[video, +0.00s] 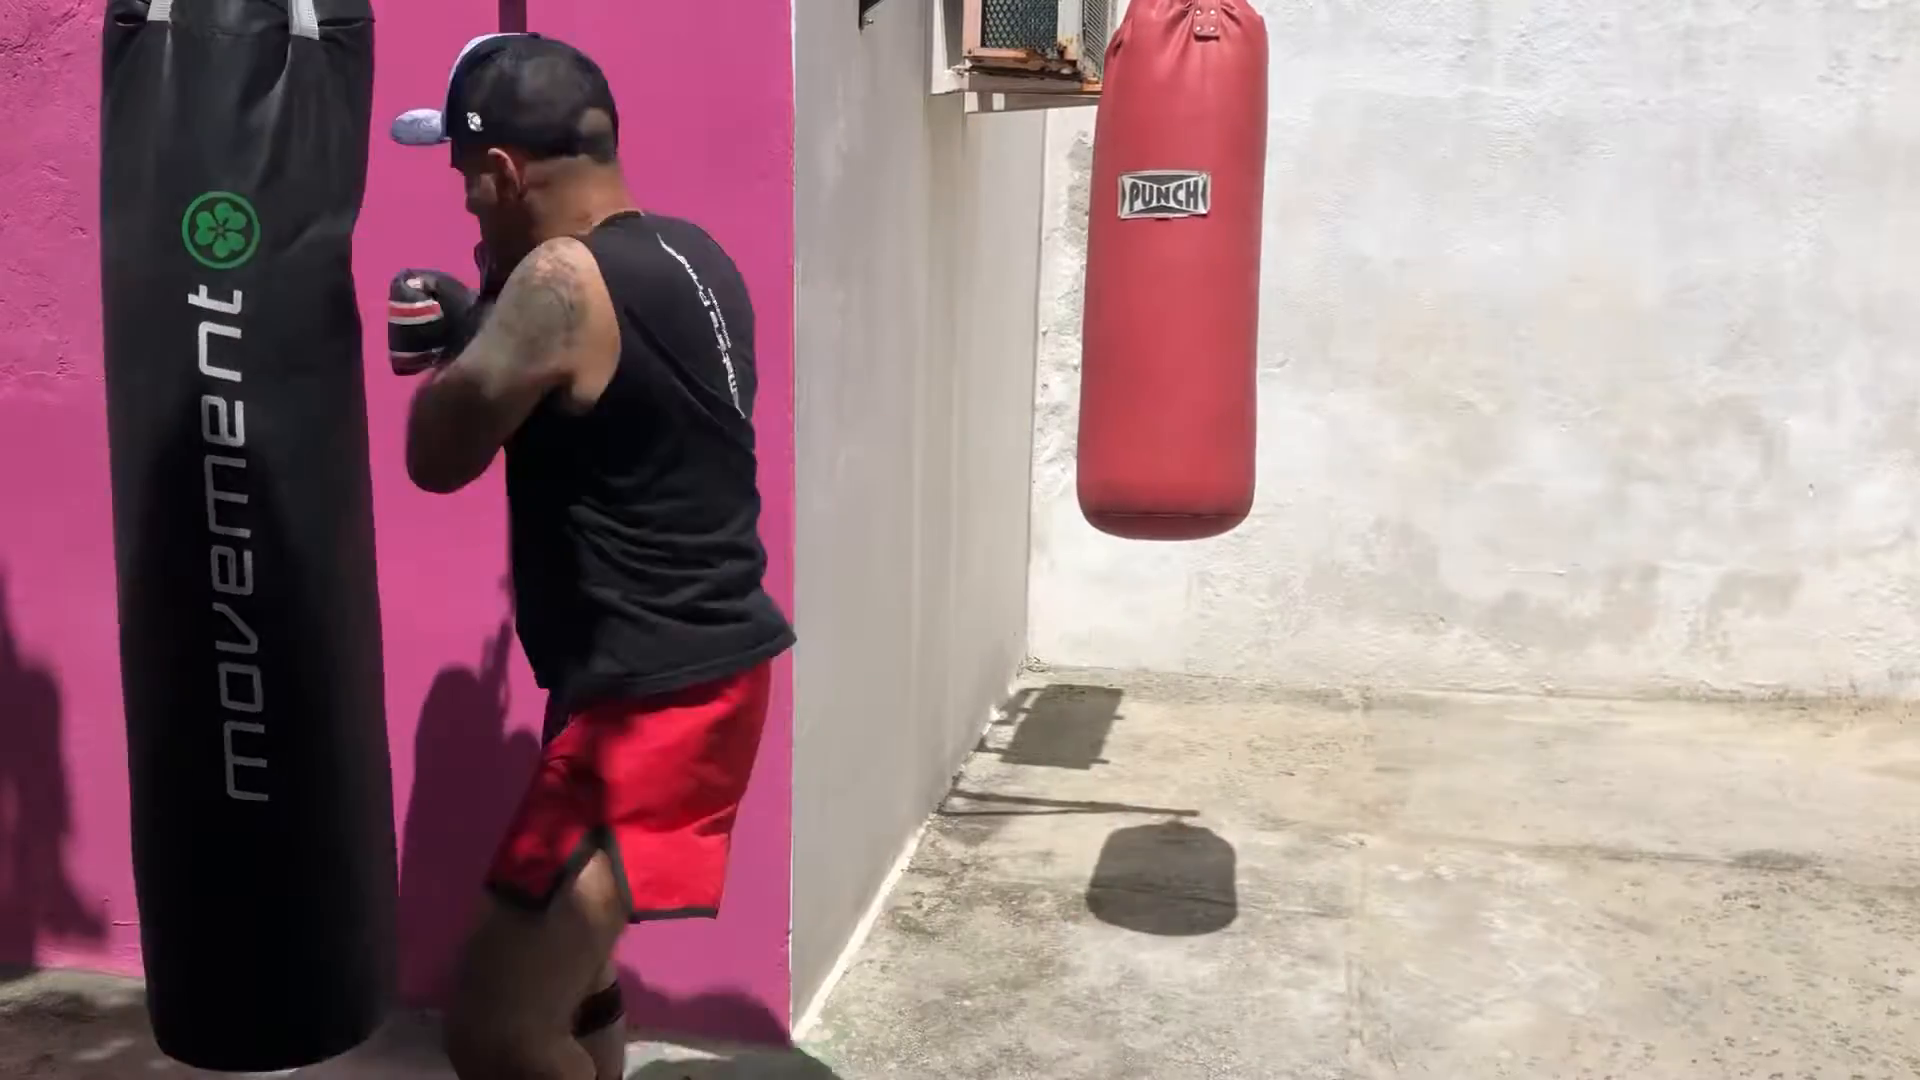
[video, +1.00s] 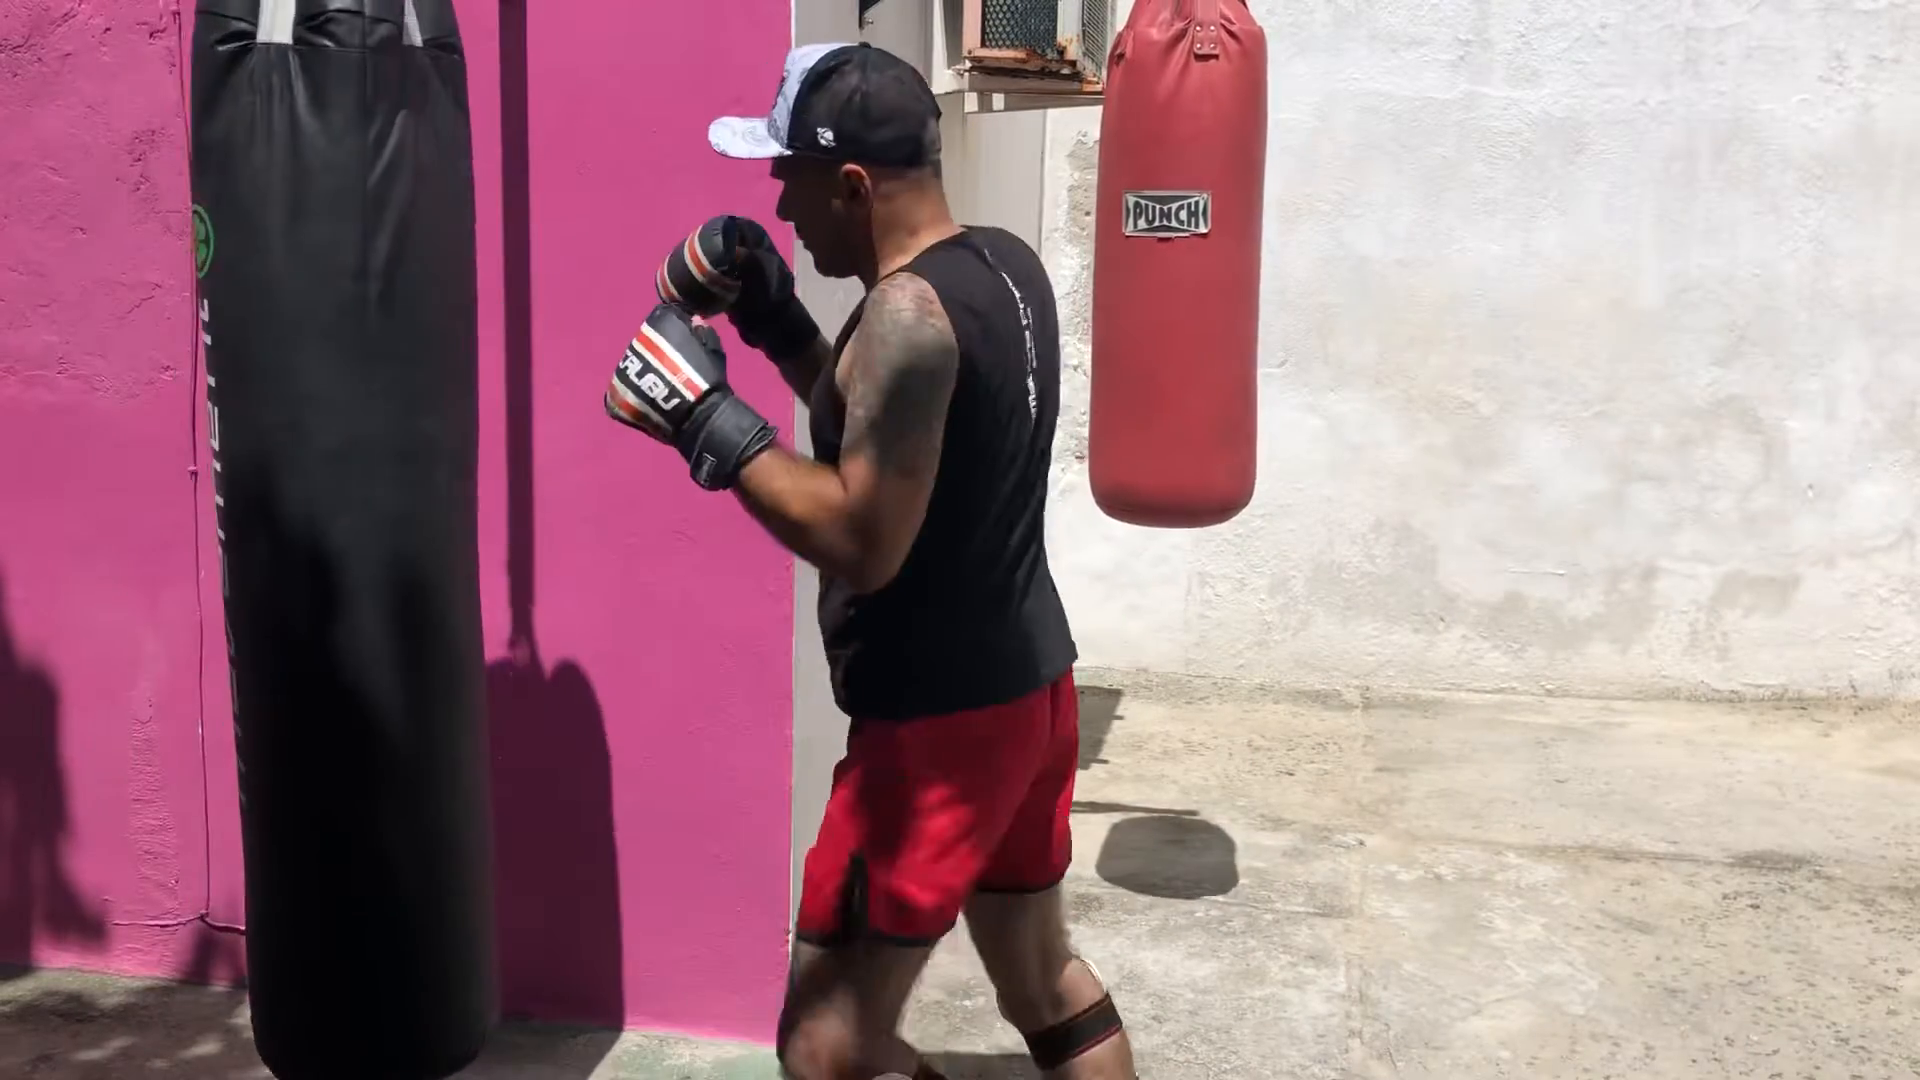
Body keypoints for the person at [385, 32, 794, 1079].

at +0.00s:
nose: (467, 200)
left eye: (466, 174)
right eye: (463, 175)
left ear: (506, 169)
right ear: (601, 142)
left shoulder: (559, 279)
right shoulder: (693, 256)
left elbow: (435, 457)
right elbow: (628, 412)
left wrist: (498, 298)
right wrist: (484, 335)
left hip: (644, 681)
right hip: (712, 663)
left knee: (496, 1024)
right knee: (572, 987)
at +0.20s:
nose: (536, 198)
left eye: (544, 168)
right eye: (537, 171)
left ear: (599, 169)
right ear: (682, 165)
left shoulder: (595, 291)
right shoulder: (792, 309)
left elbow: (451, 396)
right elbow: (850, 521)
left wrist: (565, 296)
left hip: (661, 725)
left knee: (674, 1050)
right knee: (499, 904)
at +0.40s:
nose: (549, 278)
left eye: (560, 256)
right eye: (550, 254)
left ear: (626, 269)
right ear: (640, 268)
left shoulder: (756, 400)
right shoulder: (641, 372)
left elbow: (616, 614)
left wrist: (560, 453)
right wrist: (567, 433)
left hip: (785, 754)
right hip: (658, 747)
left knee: (750, 1057)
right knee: (509, 979)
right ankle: (580, 1071)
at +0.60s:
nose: (652, 206)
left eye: (662, 184)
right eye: (654, 181)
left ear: (728, 203)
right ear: (758, 200)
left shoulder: (827, 344)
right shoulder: (829, 291)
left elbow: (693, 557)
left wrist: (642, 397)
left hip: (847, 729)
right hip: (736, 704)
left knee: (850, 1032)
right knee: (640, 935)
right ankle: (616, 1072)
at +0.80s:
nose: (739, 220)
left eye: (748, 197)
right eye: (739, 196)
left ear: (808, 207)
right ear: (843, 202)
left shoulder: (908, 344)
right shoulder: (918, 298)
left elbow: (817, 589)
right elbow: (1007, 457)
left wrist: (676, 464)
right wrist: (818, 454)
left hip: (943, 760)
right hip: (853, 733)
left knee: (946, 1054)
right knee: (777, 913)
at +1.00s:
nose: (779, 202)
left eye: (788, 176)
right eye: (779, 176)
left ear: (855, 184)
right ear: (904, 172)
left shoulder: (906, 318)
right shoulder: (1012, 269)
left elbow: (858, 543)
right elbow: (882, 453)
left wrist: (708, 417)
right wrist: (783, 330)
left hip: (935, 720)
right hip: (1031, 687)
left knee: (833, 1045)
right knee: (1044, 980)